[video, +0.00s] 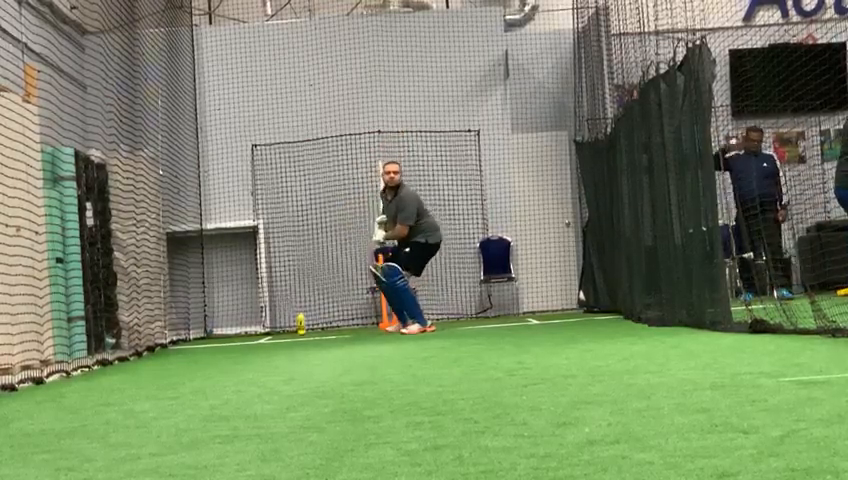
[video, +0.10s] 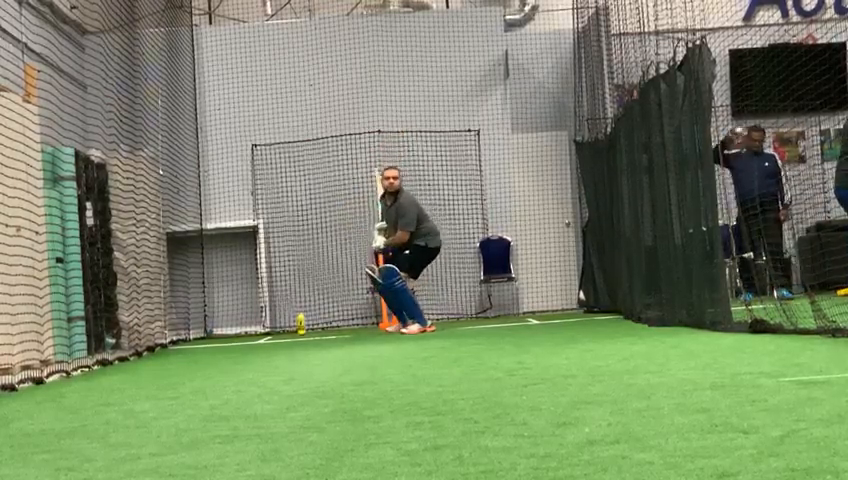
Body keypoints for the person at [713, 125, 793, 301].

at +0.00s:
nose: (756, 144)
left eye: (759, 141)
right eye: (753, 141)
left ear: (762, 142)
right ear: (744, 141)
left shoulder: (769, 159)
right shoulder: (735, 160)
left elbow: (778, 185)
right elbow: (713, 164)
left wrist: (782, 206)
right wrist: (726, 149)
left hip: (769, 210)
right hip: (745, 211)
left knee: (774, 248)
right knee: (746, 250)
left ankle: (780, 285)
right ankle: (749, 289)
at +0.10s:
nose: (758, 144)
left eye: (761, 140)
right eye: (755, 140)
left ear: (764, 141)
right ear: (746, 141)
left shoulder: (770, 159)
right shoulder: (736, 159)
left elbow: (779, 184)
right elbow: (715, 157)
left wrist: (783, 205)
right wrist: (726, 141)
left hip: (770, 207)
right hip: (747, 209)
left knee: (775, 246)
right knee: (747, 249)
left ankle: (780, 286)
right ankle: (750, 289)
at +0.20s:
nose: (759, 144)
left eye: (762, 140)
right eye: (756, 140)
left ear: (765, 141)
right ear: (747, 141)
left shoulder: (771, 159)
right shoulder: (737, 159)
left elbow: (781, 184)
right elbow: (716, 155)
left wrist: (785, 205)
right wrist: (727, 141)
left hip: (771, 207)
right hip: (748, 208)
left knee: (776, 247)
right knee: (748, 248)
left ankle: (781, 286)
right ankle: (750, 289)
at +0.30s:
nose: (760, 144)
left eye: (763, 141)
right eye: (757, 140)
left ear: (766, 141)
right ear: (748, 140)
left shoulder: (772, 158)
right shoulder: (740, 158)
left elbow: (782, 183)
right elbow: (724, 157)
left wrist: (787, 205)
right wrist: (731, 143)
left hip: (772, 207)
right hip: (749, 208)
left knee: (777, 246)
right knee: (748, 248)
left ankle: (782, 286)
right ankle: (750, 289)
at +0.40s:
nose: (762, 145)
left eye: (764, 141)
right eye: (758, 141)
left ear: (767, 142)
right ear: (749, 141)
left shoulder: (773, 159)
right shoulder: (741, 159)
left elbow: (782, 184)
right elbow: (730, 171)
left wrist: (788, 205)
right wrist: (734, 153)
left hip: (772, 208)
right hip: (750, 209)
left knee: (777, 247)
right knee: (749, 248)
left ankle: (782, 286)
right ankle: (751, 288)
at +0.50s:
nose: (762, 145)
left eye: (765, 142)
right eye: (759, 141)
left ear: (768, 142)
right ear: (752, 141)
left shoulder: (775, 159)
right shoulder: (742, 159)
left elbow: (783, 184)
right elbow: (737, 175)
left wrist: (788, 205)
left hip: (772, 207)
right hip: (751, 208)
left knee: (776, 247)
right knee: (751, 248)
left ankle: (781, 286)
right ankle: (752, 289)